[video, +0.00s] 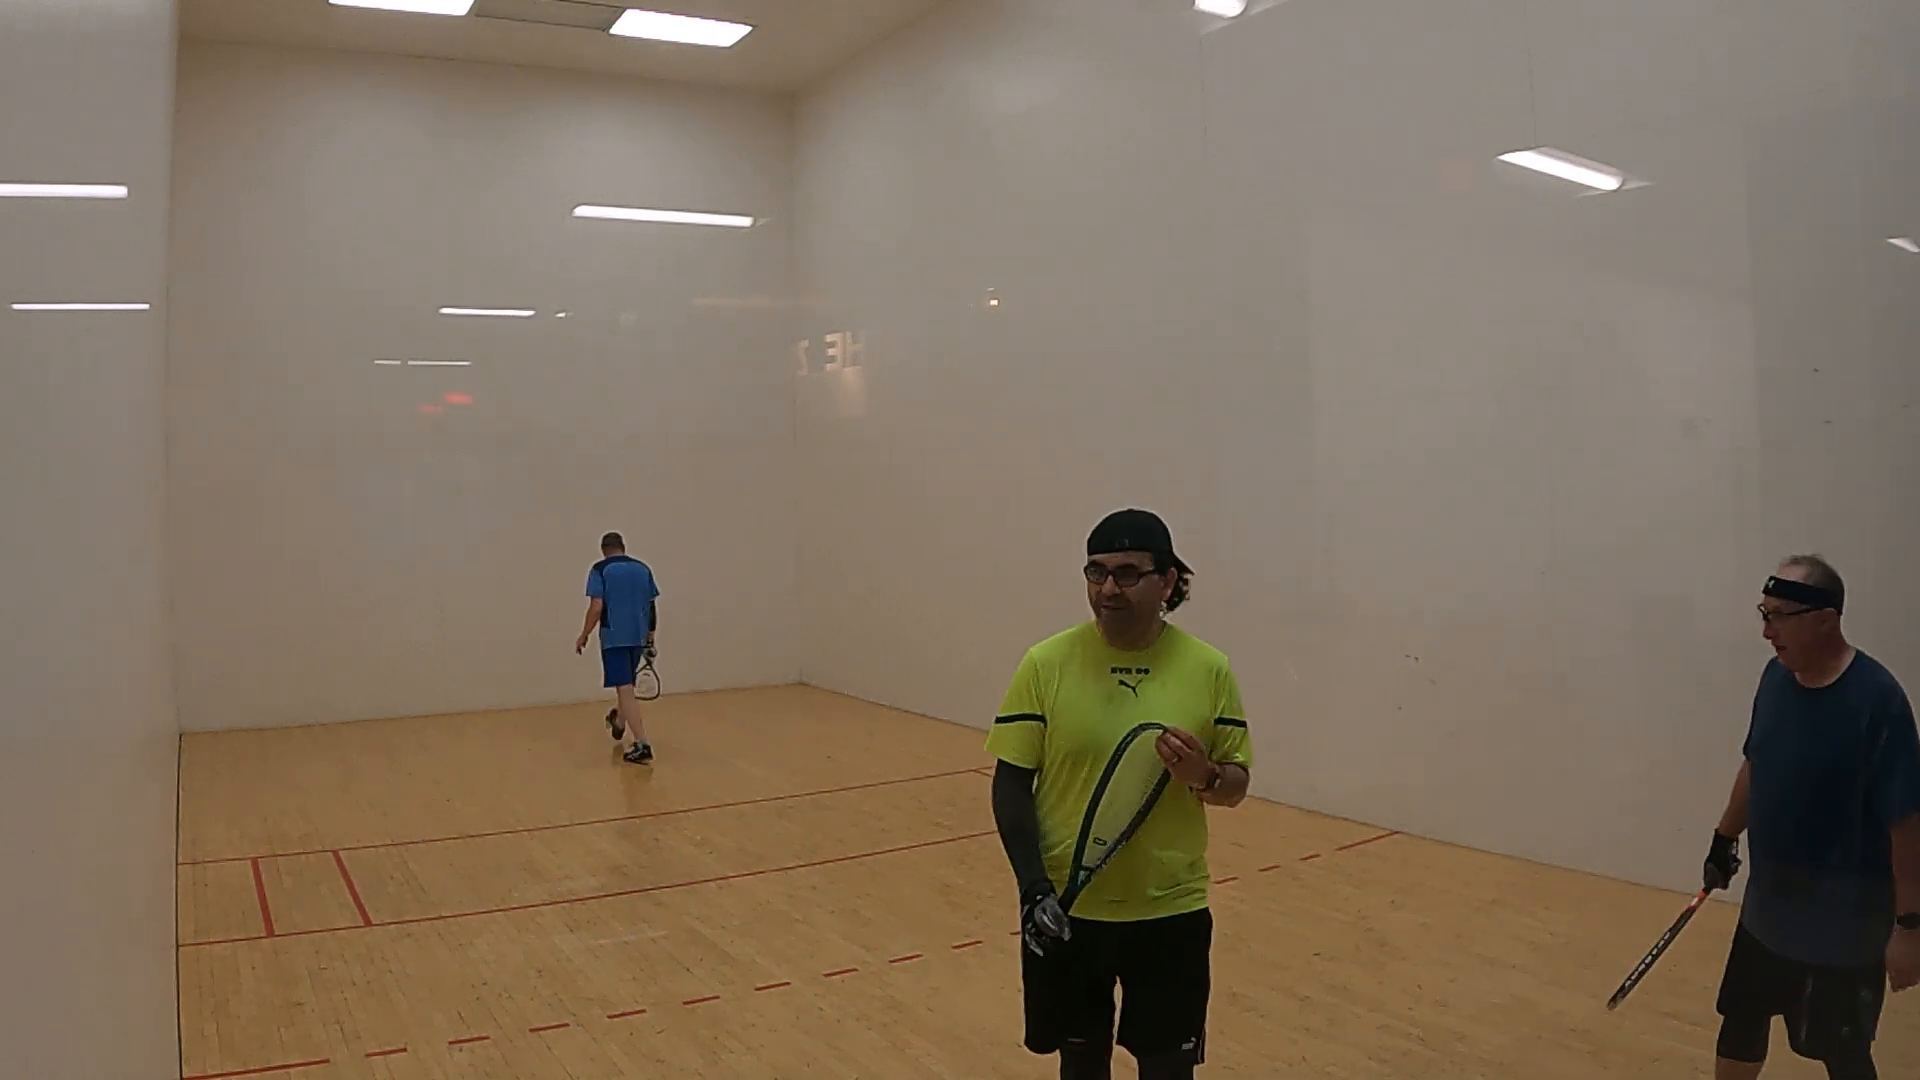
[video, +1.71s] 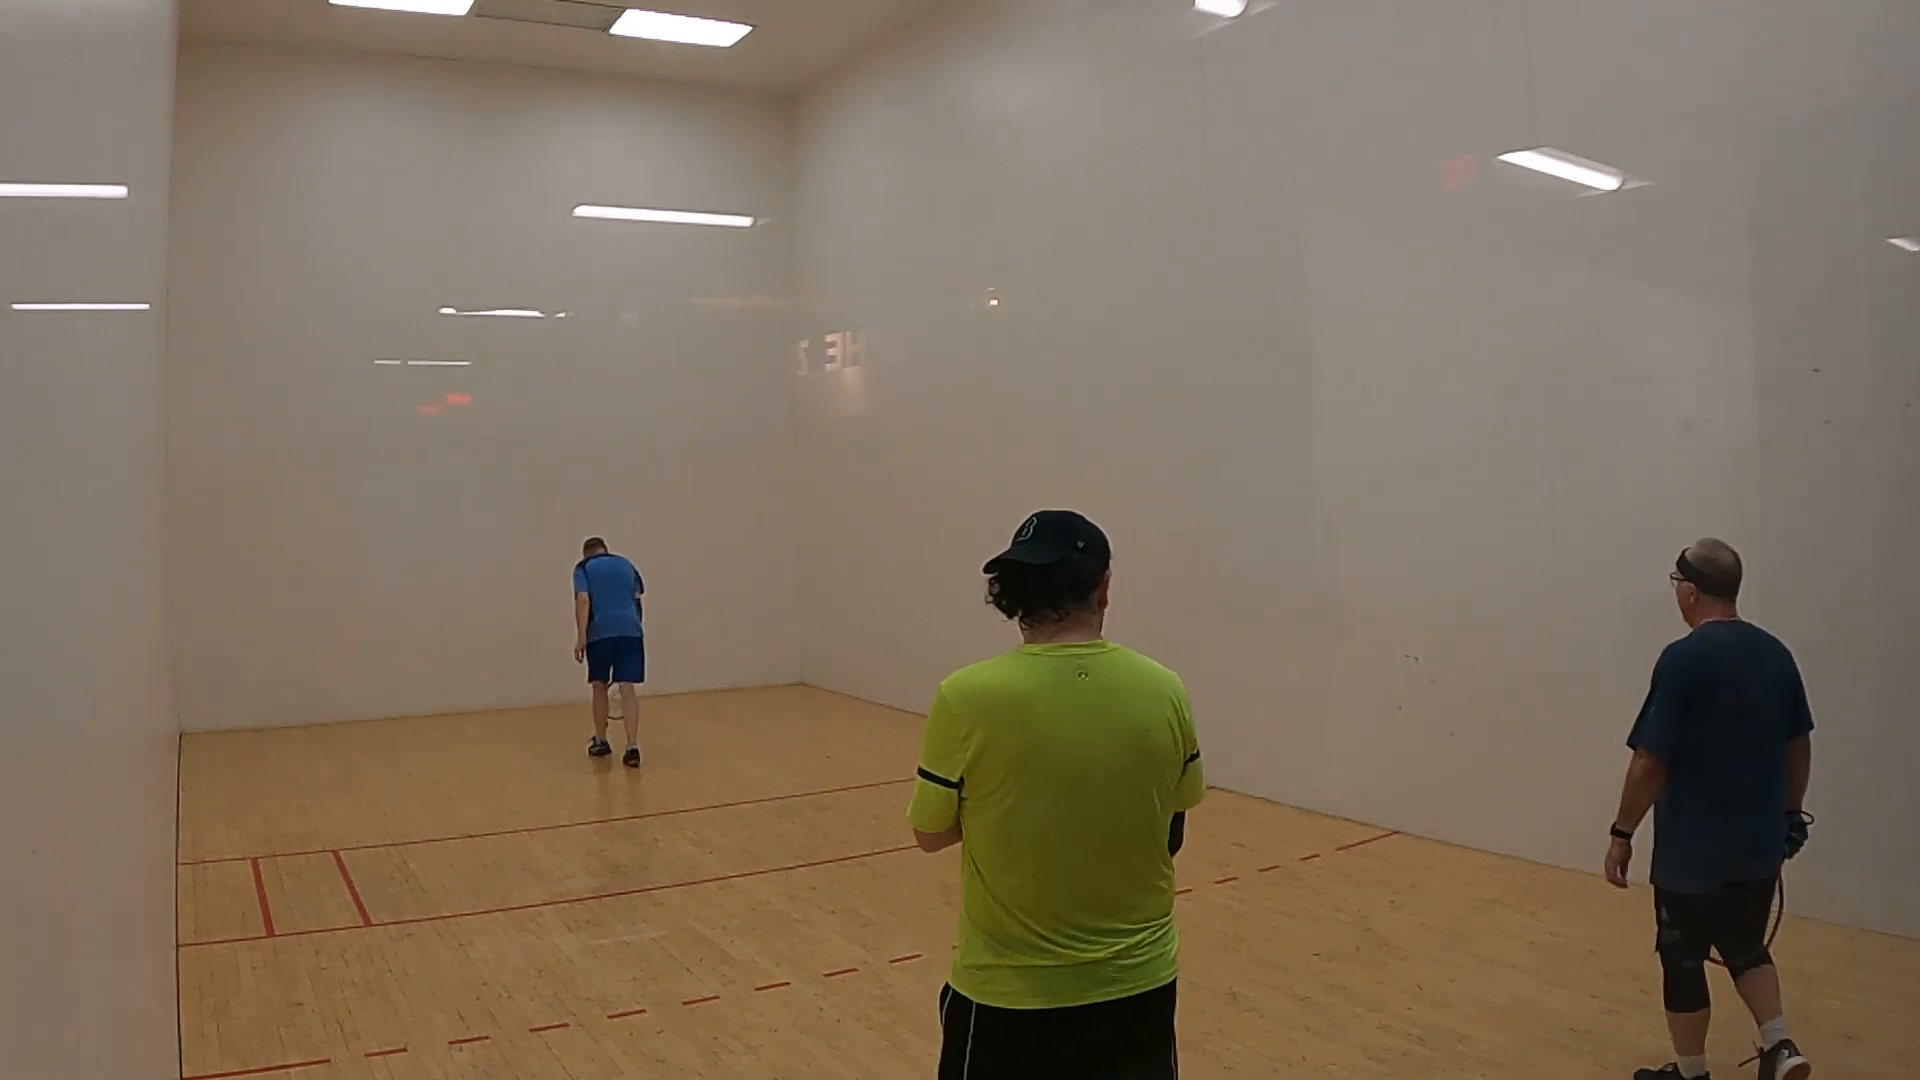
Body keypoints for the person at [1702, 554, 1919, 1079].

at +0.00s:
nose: (1764, 628)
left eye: (1776, 615)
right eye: (1763, 615)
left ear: (1825, 619)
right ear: (1816, 620)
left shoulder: (1879, 700)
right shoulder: (1779, 675)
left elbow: (1904, 821)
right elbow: (1755, 764)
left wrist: (1909, 924)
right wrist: (1724, 839)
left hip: (1846, 925)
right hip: (1770, 909)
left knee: (1846, 1056)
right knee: (1740, 1028)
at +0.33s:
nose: (1783, 613)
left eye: (1793, 601)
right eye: (1785, 599)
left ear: (1833, 613)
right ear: (1829, 614)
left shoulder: (1895, 696)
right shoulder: (1817, 679)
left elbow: (1915, 818)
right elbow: (1807, 786)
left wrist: (1903, 921)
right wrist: (1783, 864)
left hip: (1859, 925)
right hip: (1810, 908)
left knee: (1848, 1057)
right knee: (1811, 1036)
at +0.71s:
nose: (1786, 604)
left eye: (1792, 592)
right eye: (1788, 592)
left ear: (1821, 600)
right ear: (1830, 601)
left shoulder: (1861, 677)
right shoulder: (1850, 671)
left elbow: (1862, 796)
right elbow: (1843, 793)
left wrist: (1829, 894)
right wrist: (1802, 885)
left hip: (1842, 904)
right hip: (1842, 899)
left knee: (1818, 1031)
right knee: (1837, 1024)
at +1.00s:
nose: (1780, 600)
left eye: (1786, 589)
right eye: (1782, 589)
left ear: (1812, 597)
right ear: (1835, 599)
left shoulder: (1833, 670)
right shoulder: (1869, 663)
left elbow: (1818, 787)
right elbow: (1858, 787)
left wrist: (1786, 881)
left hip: (1816, 881)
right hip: (1861, 881)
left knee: (1754, 988)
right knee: (1841, 997)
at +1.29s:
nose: (1744, 602)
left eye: (1748, 593)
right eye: (1746, 592)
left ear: (1769, 600)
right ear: (1804, 602)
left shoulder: (1772, 672)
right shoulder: (1847, 665)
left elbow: (1765, 785)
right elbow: (1862, 758)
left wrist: (1746, 871)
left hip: (1774, 875)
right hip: (1841, 877)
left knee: (1724, 970)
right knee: (1832, 993)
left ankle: (1699, 1072)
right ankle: (1839, 1079)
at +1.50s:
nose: (1707, 605)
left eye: (1709, 595)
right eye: (1707, 595)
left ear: (1724, 601)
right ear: (1764, 599)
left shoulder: (1722, 669)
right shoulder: (1809, 662)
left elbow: (1707, 778)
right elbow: (1833, 756)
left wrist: (1688, 859)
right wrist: (1821, 829)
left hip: (1733, 862)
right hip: (1802, 863)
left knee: (1695, 957)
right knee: (1802, 983)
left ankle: (1692, 1071)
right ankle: (1825, 1076)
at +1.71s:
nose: (1676, 593)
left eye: (1678, 584)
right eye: (1677, 583)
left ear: (1690, 590)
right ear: (1734, 589)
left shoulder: (1681, 659)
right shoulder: (1775, 654)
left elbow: (1650, 761)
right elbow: (1798, 748)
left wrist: (1622, 832)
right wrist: (1791, 817)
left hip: (1689, 846)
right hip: (1759, 842)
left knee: (1680, 955)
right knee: (1743, 942)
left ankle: (1689, 1069)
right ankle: (1777, 1045)